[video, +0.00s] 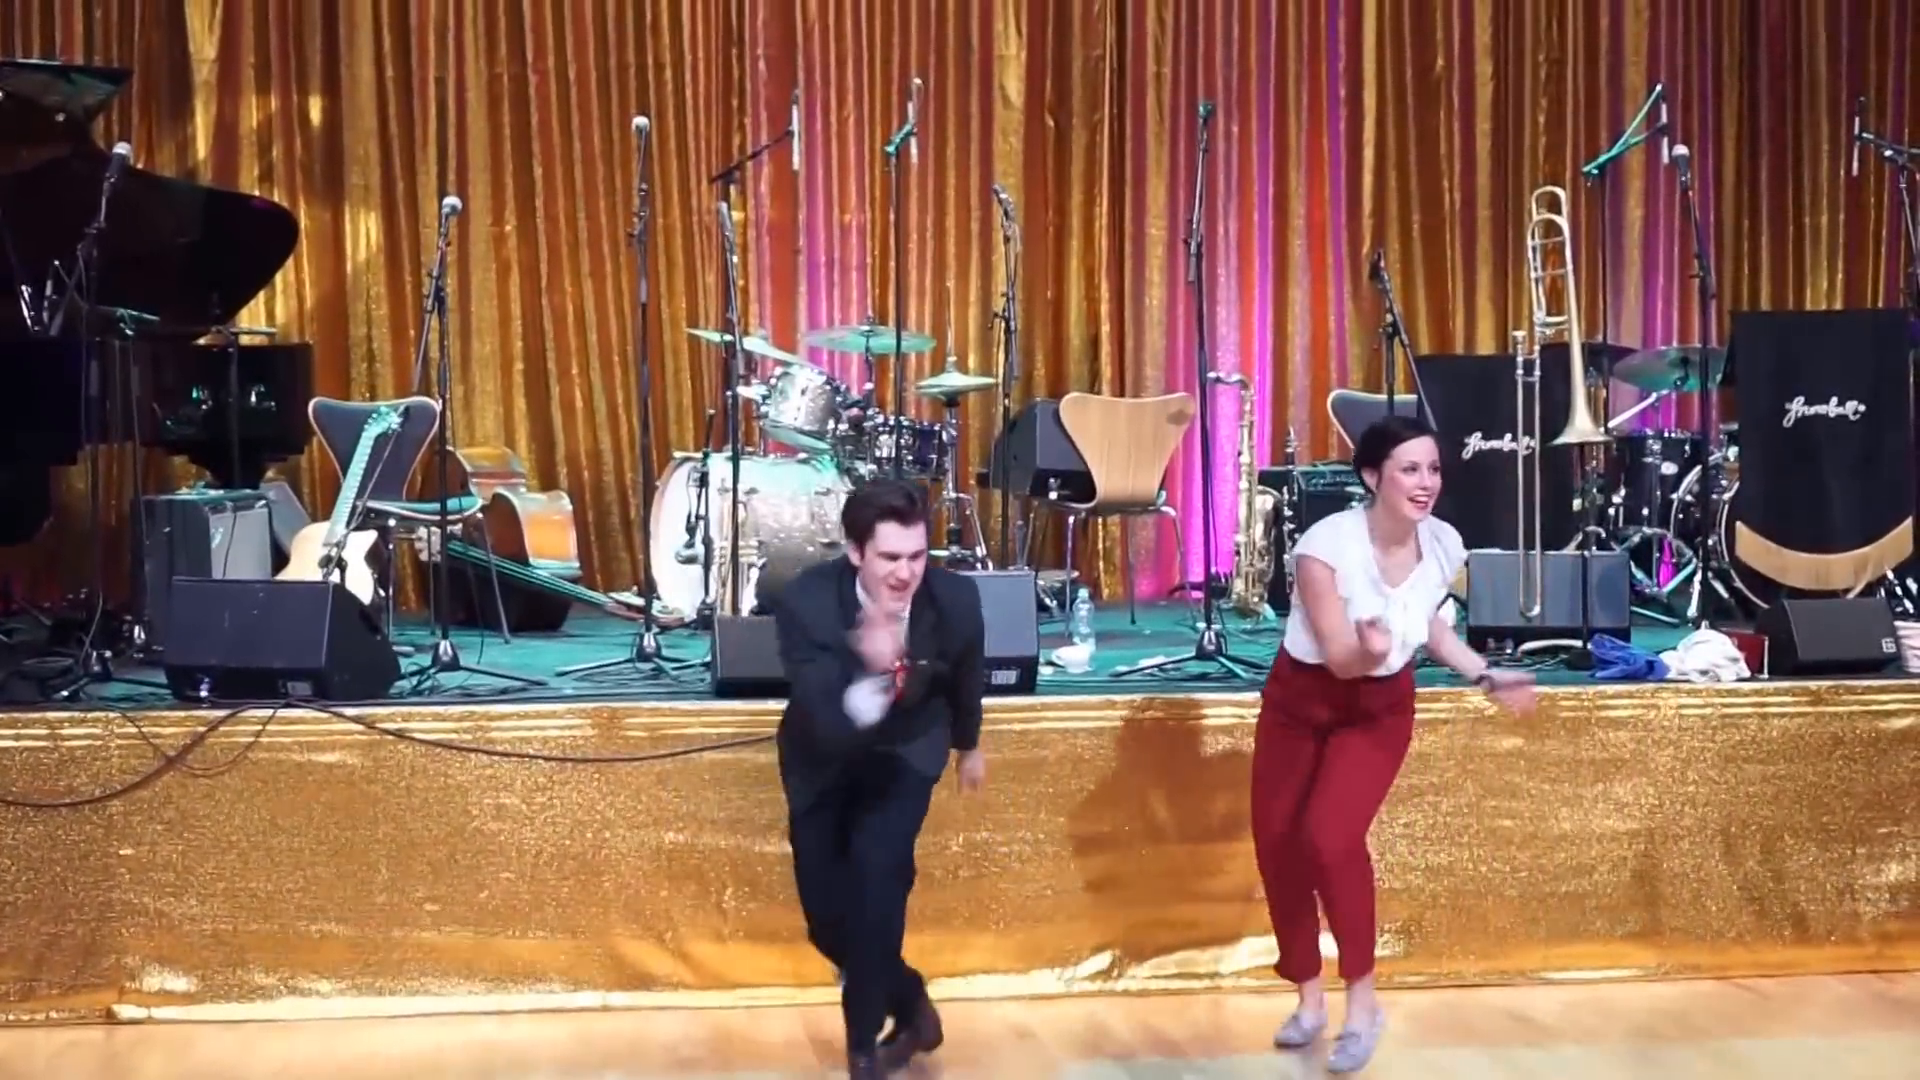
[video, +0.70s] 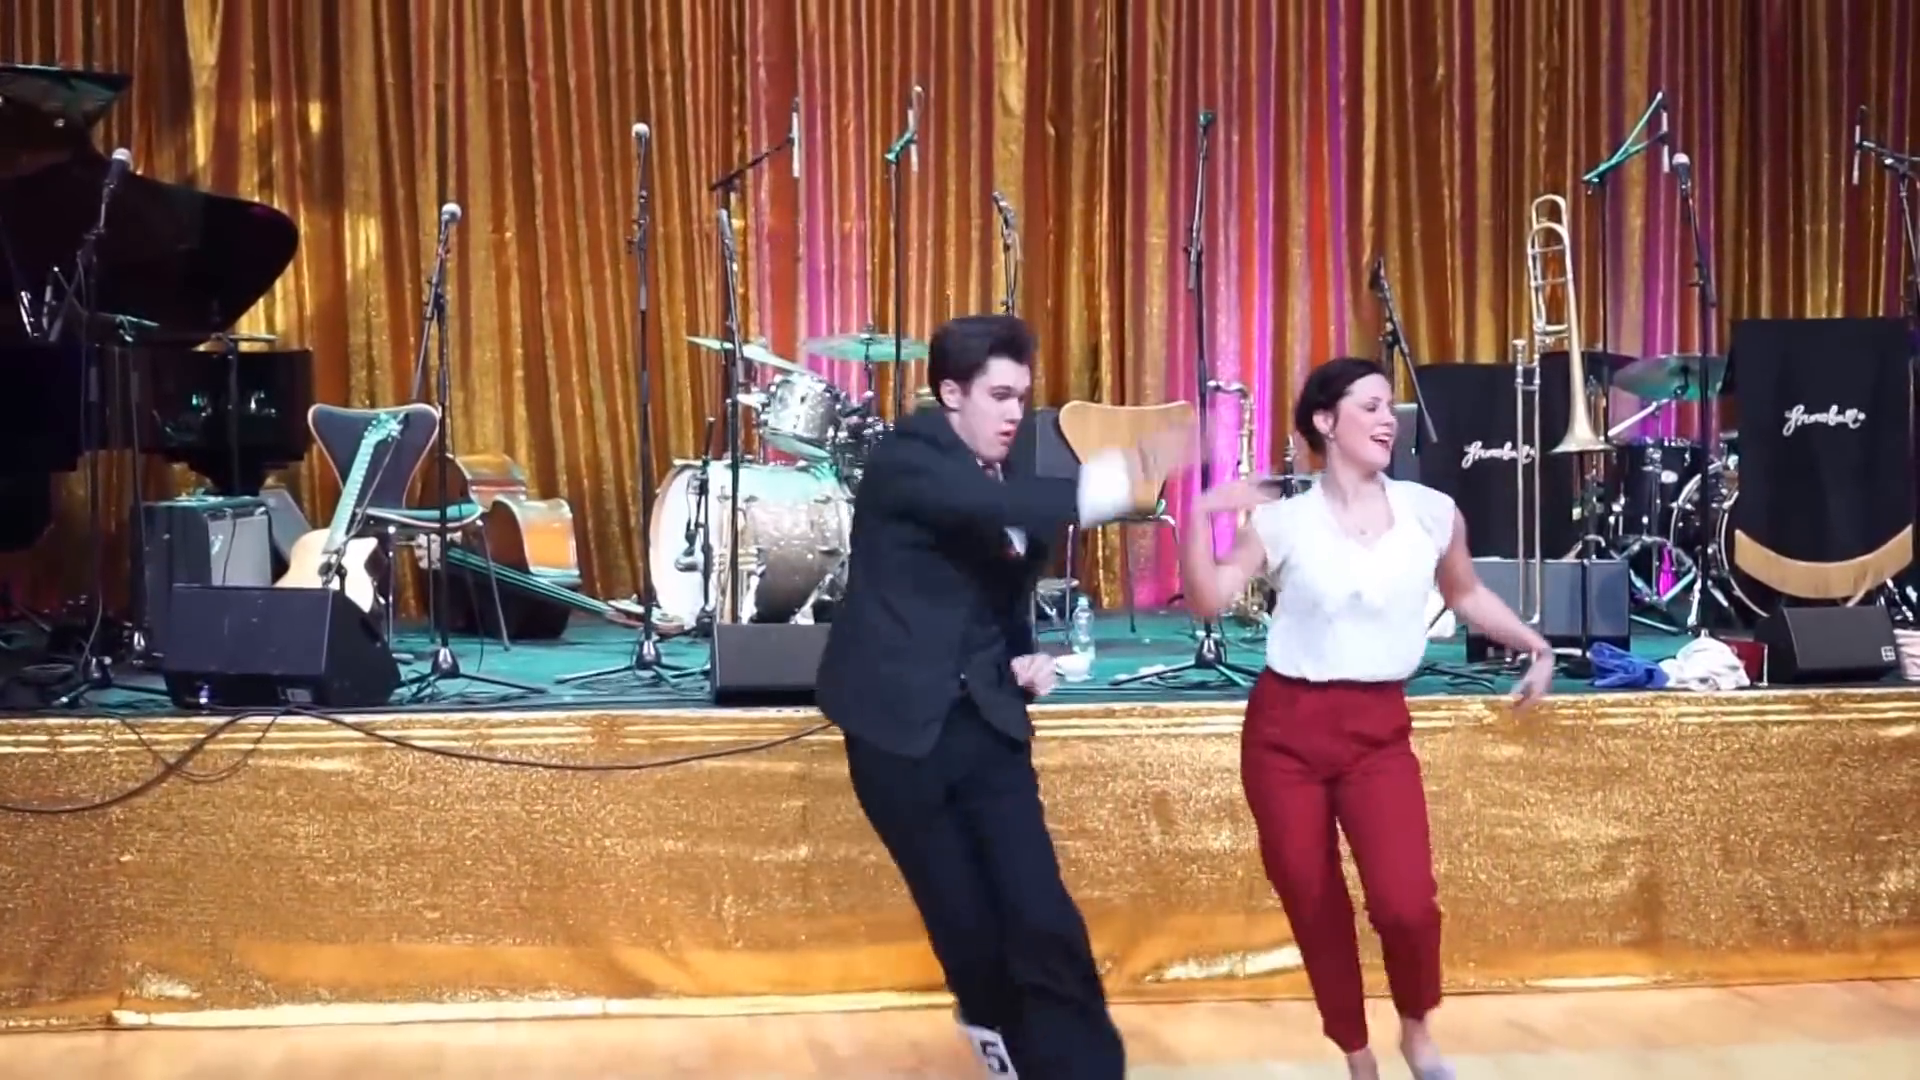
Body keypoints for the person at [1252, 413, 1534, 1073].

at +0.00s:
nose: (1425, 483)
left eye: (1433, 470)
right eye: (1410, 470)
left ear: (1440, 478)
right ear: (1372, 476)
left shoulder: (1442, 544)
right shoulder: (1324, 546)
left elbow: (1432, 622)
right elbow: (1337, 658)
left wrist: (1485, 674)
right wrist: (1370, 652)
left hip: (1379, 707)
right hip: (1297, 703)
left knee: (1330, 836)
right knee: (1276, 842)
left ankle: (1361, 1001)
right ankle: (1309, 998)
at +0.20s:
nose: (1409, 462)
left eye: (1415, 450)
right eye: (1393, 449)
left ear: (1418, 460)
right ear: (1353, 455)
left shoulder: (1417, 538)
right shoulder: (1306, 530)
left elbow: (1436, 650)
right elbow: (1320, 655)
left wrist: (1464, 624)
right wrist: (1406, 715)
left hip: (1378, 710)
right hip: (1293, 711)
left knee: (1345, 871)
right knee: (1270, 878)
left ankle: (1354, 1029)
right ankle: (1294, 962)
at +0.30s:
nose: (1408, 445)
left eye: (1413, 433)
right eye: (1393, 431)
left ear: (1413, 444)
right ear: (1348, 439)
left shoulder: (1419, 534)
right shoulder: (1291, 524)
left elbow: (1426, 644)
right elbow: (1238, 625)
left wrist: (1468, 563)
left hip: (1389, 708)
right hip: (1306, 710)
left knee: (1373, 872)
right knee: (1358, 863)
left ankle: (1318, 1036)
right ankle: (1285, 981)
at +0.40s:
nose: (1405, 431)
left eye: (1409, 418)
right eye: (1390, 417)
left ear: (1407, 430)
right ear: (1344, 425)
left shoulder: (1420, 521)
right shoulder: (1276, 506)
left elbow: (1417, 632)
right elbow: (1191, 567)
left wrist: (1452, 566)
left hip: (1382, 703)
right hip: (1311, 705)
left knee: (1334, 878)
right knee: (1414, 874)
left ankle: (1288, 1034)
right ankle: (1336, 1038)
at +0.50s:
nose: (1398, 417)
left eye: (1400, 404)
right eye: (1382, 403)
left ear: (1392, 415)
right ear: (1334, 413)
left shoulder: (1421, 512)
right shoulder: (1278, 496)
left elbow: (1460, 624)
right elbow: (1177, 520)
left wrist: (1491, 644)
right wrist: (1095, 506)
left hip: (1378, 702)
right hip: (1309, 702)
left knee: (1342, 877)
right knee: (1409, 887)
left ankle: (1278, 1031)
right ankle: (1334, 1057)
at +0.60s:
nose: (1393, 412)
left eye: (1395, 399)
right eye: (1376, 397)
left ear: (1392, 411)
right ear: (1327, 409)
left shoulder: (1426, 505)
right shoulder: (1277, 493)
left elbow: (1487, 605)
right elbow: (1167, 518)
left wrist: (1540, 693)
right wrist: (1144, 499)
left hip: (1382, 713)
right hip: (1298, 707)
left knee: (1405, 899)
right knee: (1346, 891)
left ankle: (1333, 1012)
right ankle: (1321, 1058)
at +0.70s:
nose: (1388, 419)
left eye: (1391, 409)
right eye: (1371, 407)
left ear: (1395, 424)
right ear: (1324, 422)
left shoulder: (1433, 516)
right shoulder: (1279, 521)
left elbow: (1467, 592)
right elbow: (1209, 603)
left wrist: (1537, 645)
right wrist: (1200, 514)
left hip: (1379, 732)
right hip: (1285, 731)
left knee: (1408, 909)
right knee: (1315, 908)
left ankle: (1418, 1036)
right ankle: (1358, 1059)